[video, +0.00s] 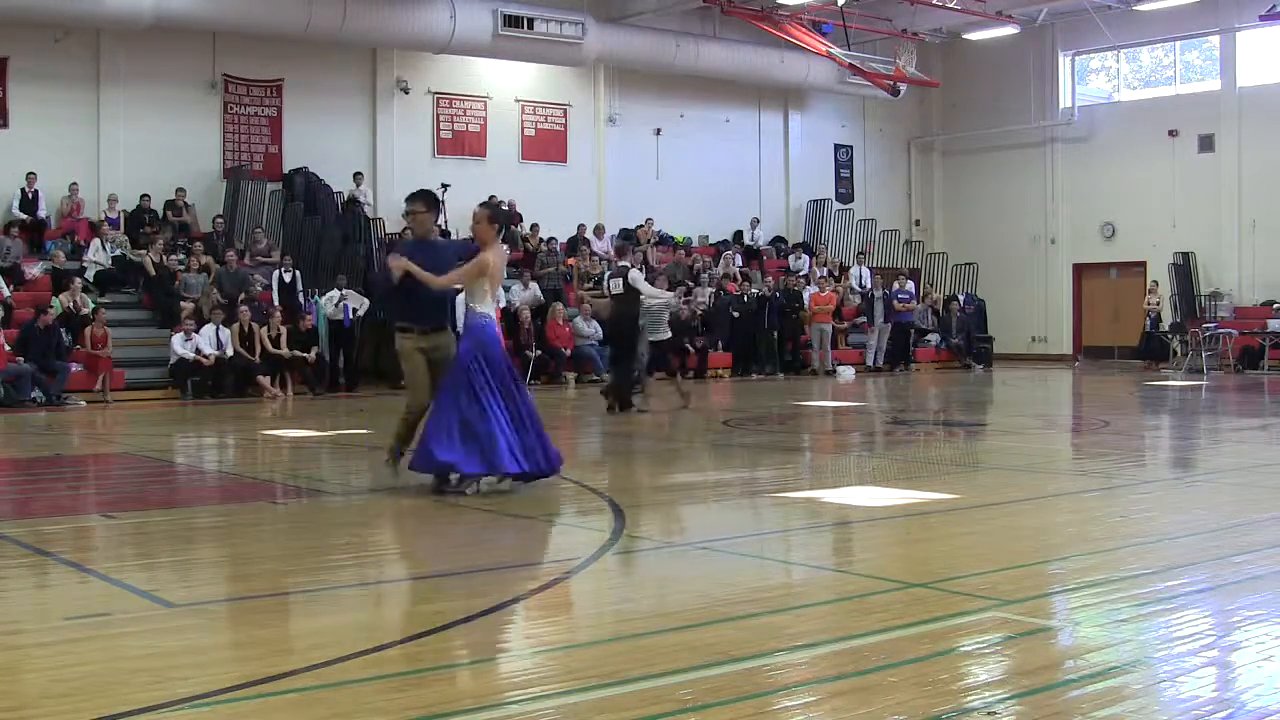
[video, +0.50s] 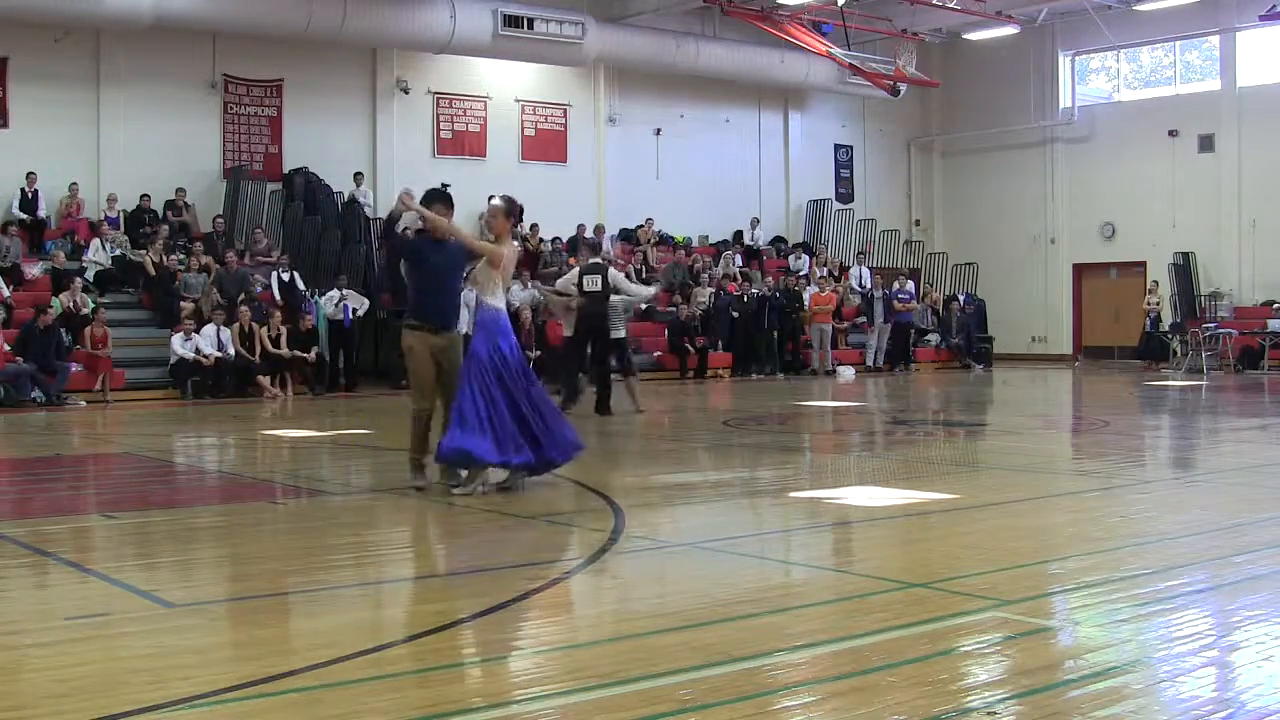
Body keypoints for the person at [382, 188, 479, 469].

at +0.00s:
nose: (410, 220)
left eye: (416, 214)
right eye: (408, 214)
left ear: (434, 216)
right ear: (407, 217)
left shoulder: (452, 249)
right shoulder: (400, 251)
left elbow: (485, 251)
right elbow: (382, 288)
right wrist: (394, 271)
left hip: (442, 334)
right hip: (408, 336)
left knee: (449, 401)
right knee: (420, 401)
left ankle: (444, 467)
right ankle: (397, 449)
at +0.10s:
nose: (414, 220)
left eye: (420, 214)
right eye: (411, 214)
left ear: (439, 214)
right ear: (409, 217)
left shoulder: (454, 246)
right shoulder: (406, 251)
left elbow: (489, 247)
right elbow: (385, 281)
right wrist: (404, 281)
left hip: (447, 333)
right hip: (414, 333)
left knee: (452, 398)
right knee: (424, 399)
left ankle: (449, 461)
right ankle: (397, 450)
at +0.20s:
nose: (422, 222)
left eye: (428, 216)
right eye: (419, 217)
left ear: (445, 215)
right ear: (416, 217)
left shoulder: (459, 245)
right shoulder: (414, 247)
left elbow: (494, 248)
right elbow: (388, 265)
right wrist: (414, 268)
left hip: (448, 333)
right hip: (416, 332)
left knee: (451, 399)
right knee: (423, 403)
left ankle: (450, 461)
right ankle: (427, 464)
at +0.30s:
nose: (429, 222)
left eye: (435, 216)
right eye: (425, 216)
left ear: (450, 215)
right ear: (421, 218)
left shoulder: (461, 246)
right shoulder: (415, 246)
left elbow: (495, 250)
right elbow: (390, 259)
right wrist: (408, 244)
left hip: (451, 334)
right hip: (418, 333)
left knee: (454, 399)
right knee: (425, 405)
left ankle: (455, 464)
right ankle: (430, 465)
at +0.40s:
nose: (434, 221)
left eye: (439, 214)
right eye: (428, 215)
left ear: (452, 214)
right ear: (422, 217)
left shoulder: (461, 246)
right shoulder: (416, 244)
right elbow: (396, 247)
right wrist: (401, 227)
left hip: (451, 333)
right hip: (419, 333)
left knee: (454, 399)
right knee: (428, 404)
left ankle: (455, 463)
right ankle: (432, 464)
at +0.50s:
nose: (439, 220)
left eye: (444, 213)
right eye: (433, 213)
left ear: (452, 216)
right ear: (423, 215)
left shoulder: (461, 248)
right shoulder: (413, 245)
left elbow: (484, 254)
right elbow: (388, 236)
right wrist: (398, 211)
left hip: (450, 333)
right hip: (417, 333)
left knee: (454, 403)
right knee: (423, 404)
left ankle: (449, 464)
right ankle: (417, 464)